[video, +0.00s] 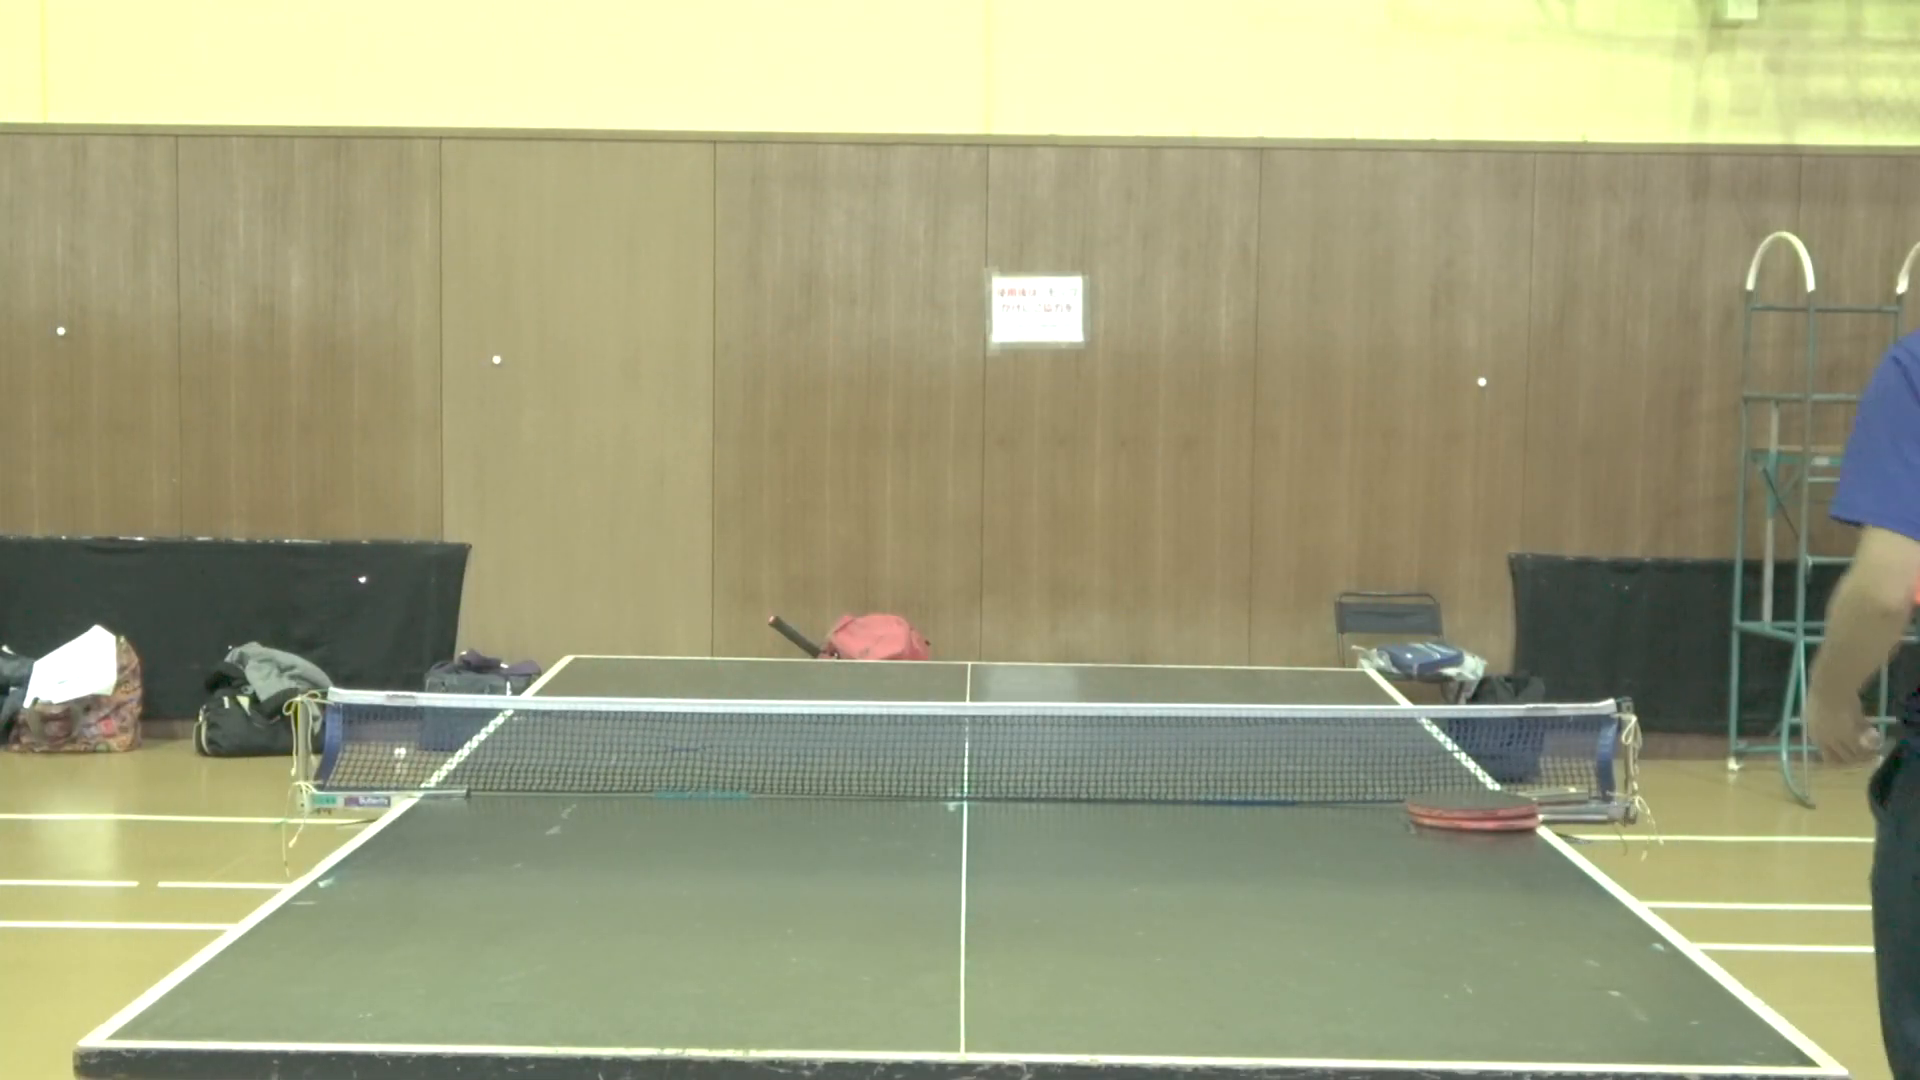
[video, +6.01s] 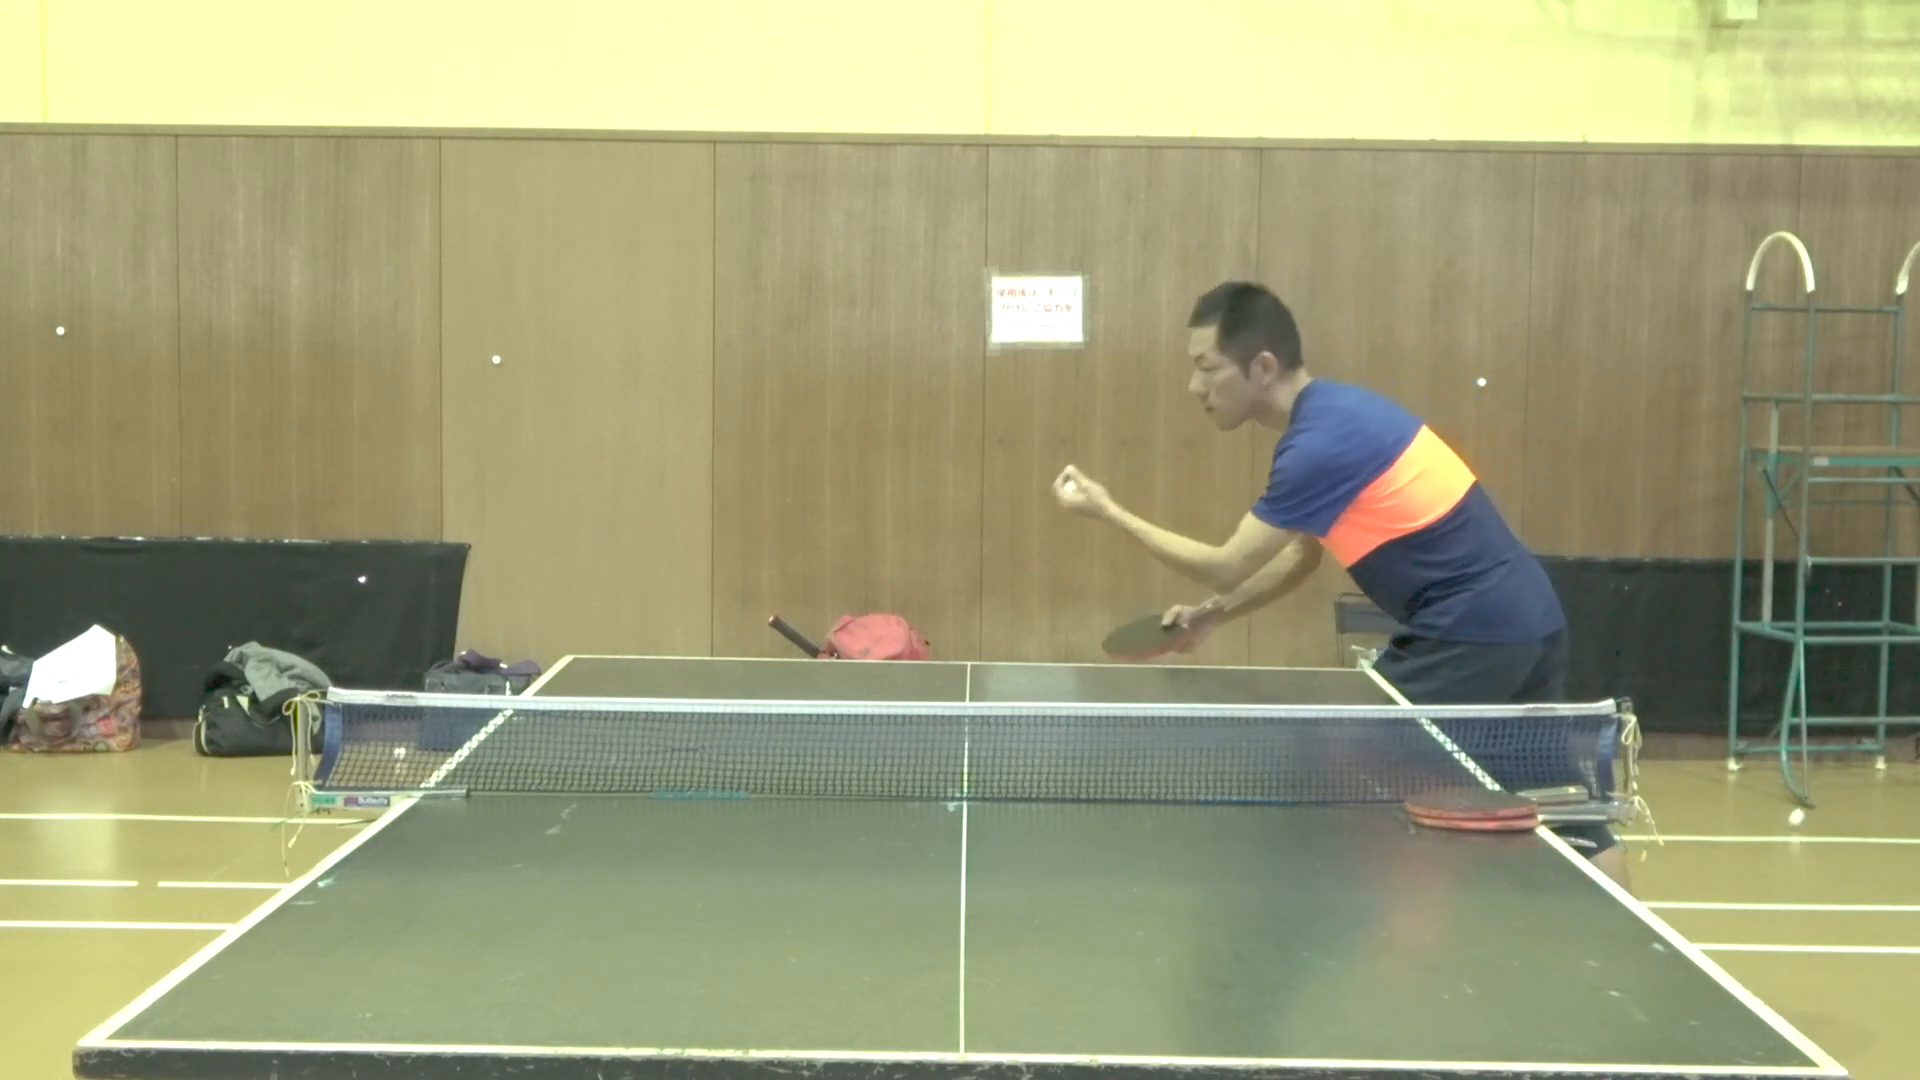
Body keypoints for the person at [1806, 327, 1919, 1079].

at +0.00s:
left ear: (1910, 275)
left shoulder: (1906, 370)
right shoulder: (1901, 371)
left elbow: (1888, 582)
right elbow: (1888, 580)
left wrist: (1831, 696)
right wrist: (1836, 695)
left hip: (1915, 774)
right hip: (1908, 772)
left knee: (1910, 1032)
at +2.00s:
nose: (1277, 362)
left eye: (1282, 342)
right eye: (1272, 344)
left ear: (1335, 322)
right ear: (1334, 324)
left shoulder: (1406, 402)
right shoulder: (1401, 384)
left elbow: (1403, 566)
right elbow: (1369, 514)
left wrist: (1274, 554)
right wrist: (1287, 580)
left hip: (1509, 634)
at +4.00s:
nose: (1287, 386)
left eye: (1292, 362)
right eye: (1276, 372)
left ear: (1341, 336)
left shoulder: (1404, 396)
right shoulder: (1391, 416)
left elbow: (1510, 467)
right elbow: (1442, 540)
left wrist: (1483, 580)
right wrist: (1375, 625)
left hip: (1530, 624)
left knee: (1431, 782)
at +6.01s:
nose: (1194, 386)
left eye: (1206, 368)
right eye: (1193, 368)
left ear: (1265, 365)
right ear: (1265, 367)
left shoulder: (1316, 440)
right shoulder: (1347, 412)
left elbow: (1225, 570)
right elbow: (1300, 559)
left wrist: (1109, 512)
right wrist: (1214, 613)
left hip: (1474, 636)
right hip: (1529, 622)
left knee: (1335, 775)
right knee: (1505, 806)